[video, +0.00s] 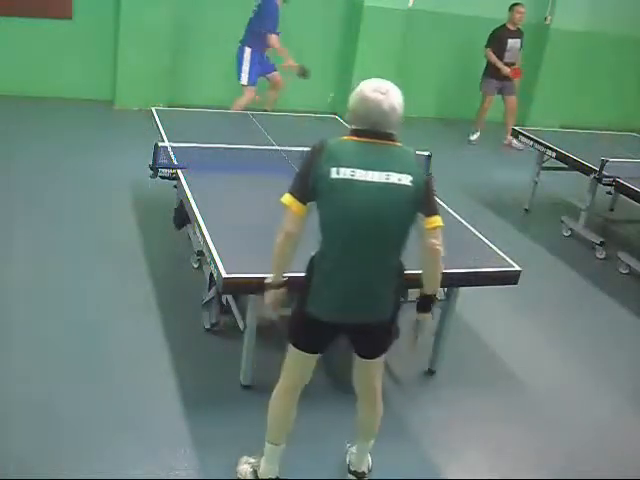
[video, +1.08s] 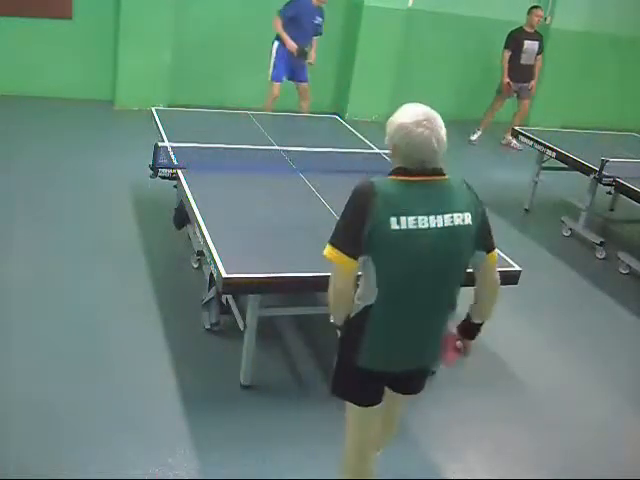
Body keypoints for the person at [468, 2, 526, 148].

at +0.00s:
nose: (521, 16)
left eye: (523, 14)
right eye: (518, 13)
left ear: (524, 16)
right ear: (510, 14)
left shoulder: (520, 34)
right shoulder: (498, 32)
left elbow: (518, 52)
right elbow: (488, 51)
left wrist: (517, 66)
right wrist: (502, 67)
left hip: (509, 75)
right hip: (492, 74)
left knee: (512, 106)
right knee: (486, 104)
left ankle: (509, 136)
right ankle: (476, 130)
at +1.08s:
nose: (539, 20)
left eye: (541, 17)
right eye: (537, 16)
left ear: (541, 20)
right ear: (529, 16)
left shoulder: (539, 38)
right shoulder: (514, 34)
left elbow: (538, 60)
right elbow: (506, 56)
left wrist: (534, 79)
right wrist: (505, 77)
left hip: (527, 80)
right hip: (511, 79)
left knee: (524, 109)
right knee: (495, 106)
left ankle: (509, 136)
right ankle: (480, 130)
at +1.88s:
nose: (554, 24)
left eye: (556, 21)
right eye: (551, 20)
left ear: (557, 23)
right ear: (543, 21)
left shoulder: (553, 40)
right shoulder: (532, 39)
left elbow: (554, 61)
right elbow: (522, 61)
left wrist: (553, 80)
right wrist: (527, 80)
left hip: (543, 80)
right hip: (530, 79)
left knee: (531, 108)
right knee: (526, 109)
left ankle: (516, 133)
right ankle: (518, 141)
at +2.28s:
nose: (558, 24)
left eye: (560, 21)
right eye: (555, 21)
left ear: (561, 23)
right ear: (547, 22)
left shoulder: (558, 41)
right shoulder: (537, 40)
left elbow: (559, 62)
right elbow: (532, 63)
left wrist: (559, 79)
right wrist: (552, 78)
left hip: (549, 85)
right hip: (533, 85)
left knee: (548, 120)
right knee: (530, 119)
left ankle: (543, 149)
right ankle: (520, 145)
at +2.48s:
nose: (563, 25)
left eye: (565, 22)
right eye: (560, 22)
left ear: (566, 25)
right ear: (552, 24)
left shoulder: (564, 43)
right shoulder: (540, 43)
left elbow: (564, 64)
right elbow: (535, 68)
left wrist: (563, 81)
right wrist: (553, 82)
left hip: (553, 85)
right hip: (537, 85)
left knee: (552, 120)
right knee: (529, 116)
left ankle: (547, 151)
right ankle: (519, 144)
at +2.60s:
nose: (568, 27)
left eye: (570, 24)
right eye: (565, 24)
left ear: (572, 26)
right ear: (558, 25)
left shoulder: (570, 45)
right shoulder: (546, 43)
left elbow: (570, 67)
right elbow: (535, 65)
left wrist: (570, 87)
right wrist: (548, 83)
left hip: (559, 86)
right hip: (542, 85)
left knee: (556, 125)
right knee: (533, 120)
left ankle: (549, 154)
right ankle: (521, 145)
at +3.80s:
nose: (601, 45)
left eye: (603, 42)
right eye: (598, 41)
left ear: (605, 44)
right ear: (590, 41)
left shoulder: (602, 62)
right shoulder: (575, 57)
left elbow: (603, 83)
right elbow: (559, 77)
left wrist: (600, 104)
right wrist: (575, 92)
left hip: (583, 102)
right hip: (562, 99)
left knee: (584, 137)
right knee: (550, 131)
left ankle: (578, 169)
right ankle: (536, 153)